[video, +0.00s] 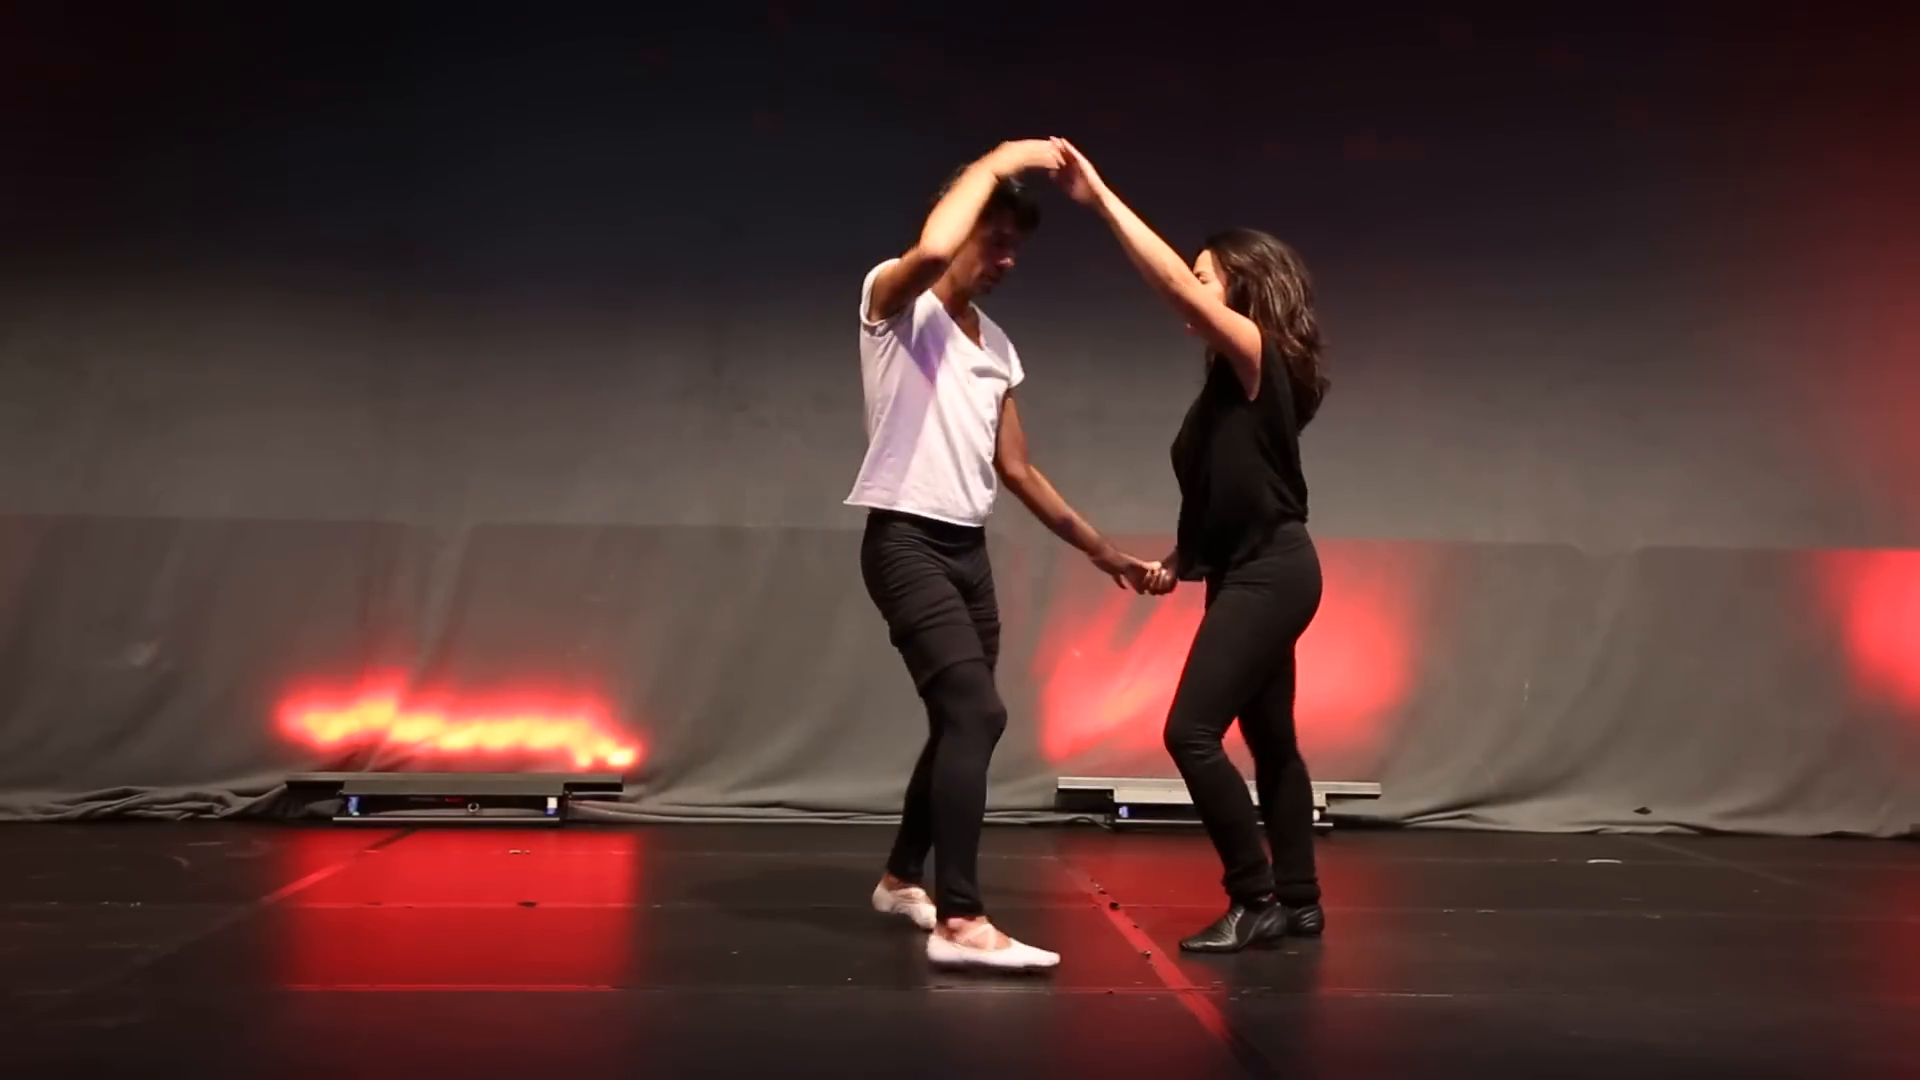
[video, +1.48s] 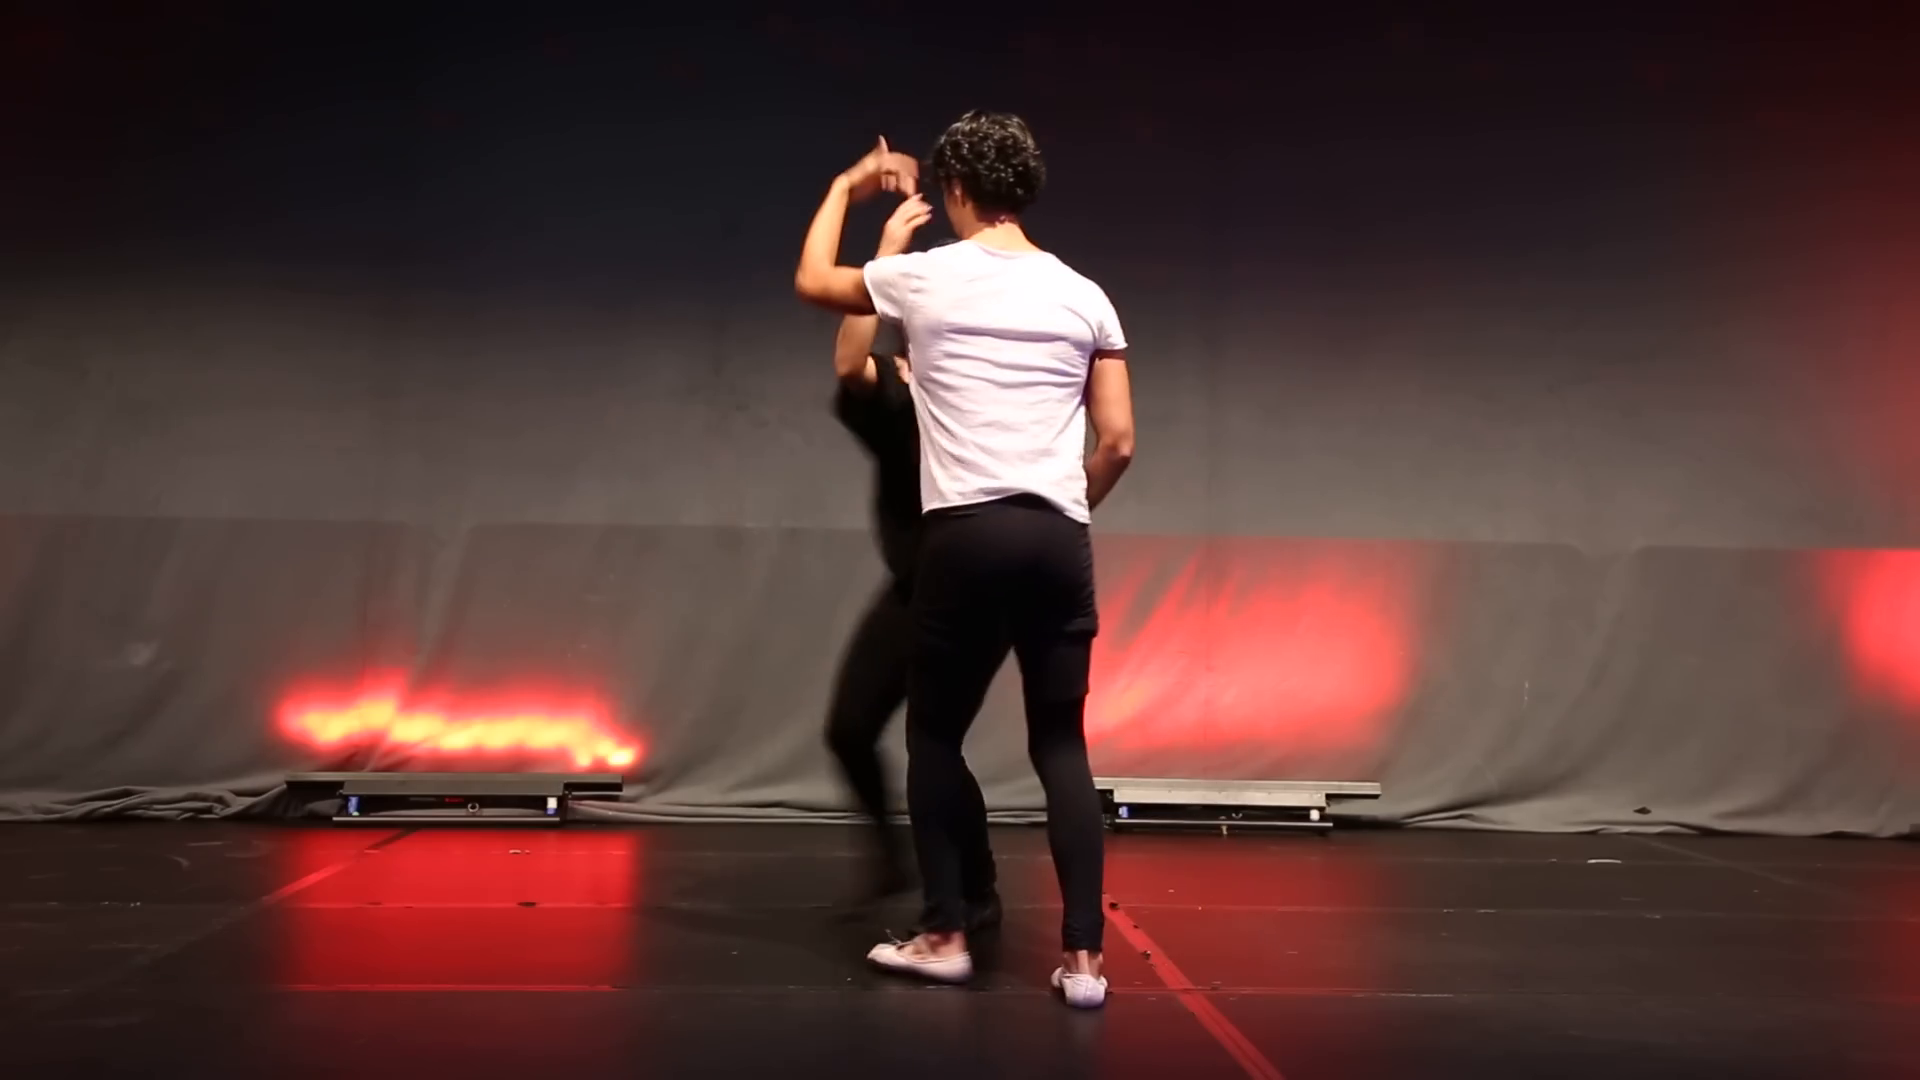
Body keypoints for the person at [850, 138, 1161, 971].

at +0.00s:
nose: (1001, 261)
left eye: (1012, 251)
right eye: (994, 242)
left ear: (1013, 255)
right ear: (956, 230)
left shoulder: (993, 348)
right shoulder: (891, 303)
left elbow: (1016, 469)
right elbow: (934, 251)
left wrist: (1096, 547)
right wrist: (994, 163)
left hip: (965, 544)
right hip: (904, 539)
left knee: (967, 718)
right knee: (972, 711)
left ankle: (902, 878)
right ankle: (959, 920)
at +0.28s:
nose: (1037, 249)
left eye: (1042, 235)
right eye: (1031, 231)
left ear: (1008, 231)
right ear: (987, 220)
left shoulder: (995, 327)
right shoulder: (904, 288)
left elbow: (1014, 461)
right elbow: (995, 317)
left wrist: (1108, 536)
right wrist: (970, 252)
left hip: (961, 533)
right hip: (927, 530)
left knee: (975, 723)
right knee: (1008, 723)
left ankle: (894, 868)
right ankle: (959, 933)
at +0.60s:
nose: (1018, 227)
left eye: (1016, 216)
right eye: (1018, 216)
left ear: (940, 207)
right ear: (1007, 213)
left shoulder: (887, 294)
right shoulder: (1009, 285)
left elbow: (828, 409)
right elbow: (1016, 410)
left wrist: (914, 422)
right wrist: (1070, 473)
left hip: (919, 533)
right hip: (994, 534)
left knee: (947, 727)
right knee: (1014, 727)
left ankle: (913, 916)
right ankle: (965, 934)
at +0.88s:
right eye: (997, 190)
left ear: (925, 197)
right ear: (1004, 199)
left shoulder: (880, 288)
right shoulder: (1039, 290)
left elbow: (863, 417)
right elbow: (1067, 416)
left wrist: (946, 434)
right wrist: (1052, 474)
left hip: (893, 531)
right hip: (986, 537)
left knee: (890, 735)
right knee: (953, 724)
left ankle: (916, 941)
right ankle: (965, 912)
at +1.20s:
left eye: (944, 184)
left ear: (935, 191)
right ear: (1017, 192)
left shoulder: (896, 286)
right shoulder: (1064, 294)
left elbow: (862, 417)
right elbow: (1084, 440)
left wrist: (908, 368)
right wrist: (1040, 494)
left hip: (912, 532)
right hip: (1008, 538)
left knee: (893, 741)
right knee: (985, 735)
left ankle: (913, 943)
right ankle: (1054, 912)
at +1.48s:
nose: (942, 202)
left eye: (943, 188)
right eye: (944, 190)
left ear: (954, 193)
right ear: (1028, 193)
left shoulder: (923, 275)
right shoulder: (1084, 298)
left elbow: (814, 281)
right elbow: (1117, 441)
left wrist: (849, 184)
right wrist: (1067, 509)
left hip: (964, 534)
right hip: (1061, 538)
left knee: (932, 734)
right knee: (1062, 741)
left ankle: (944, 933)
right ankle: (1083, 957)